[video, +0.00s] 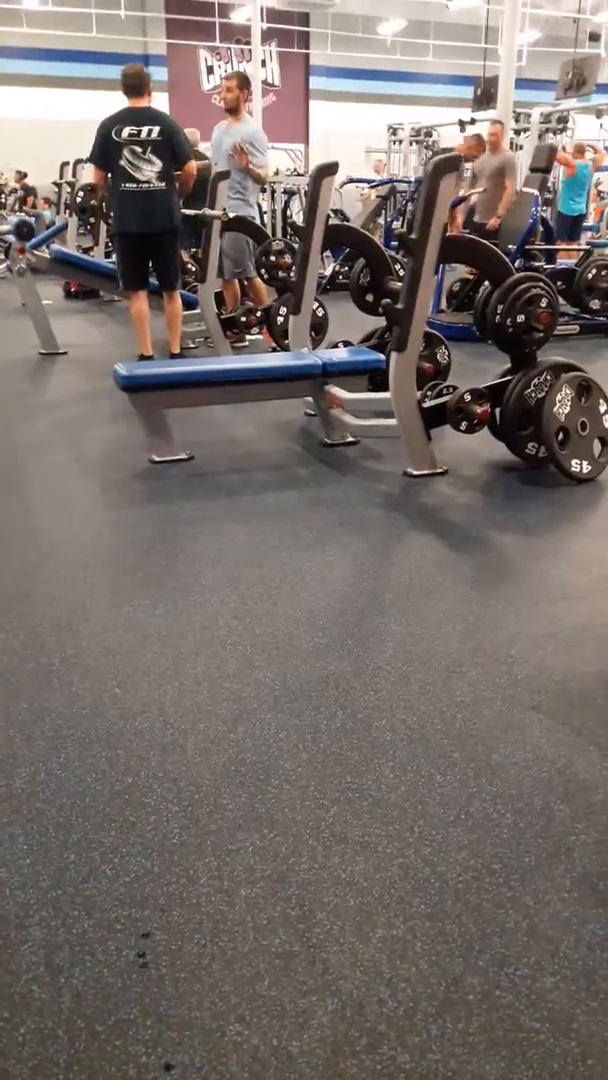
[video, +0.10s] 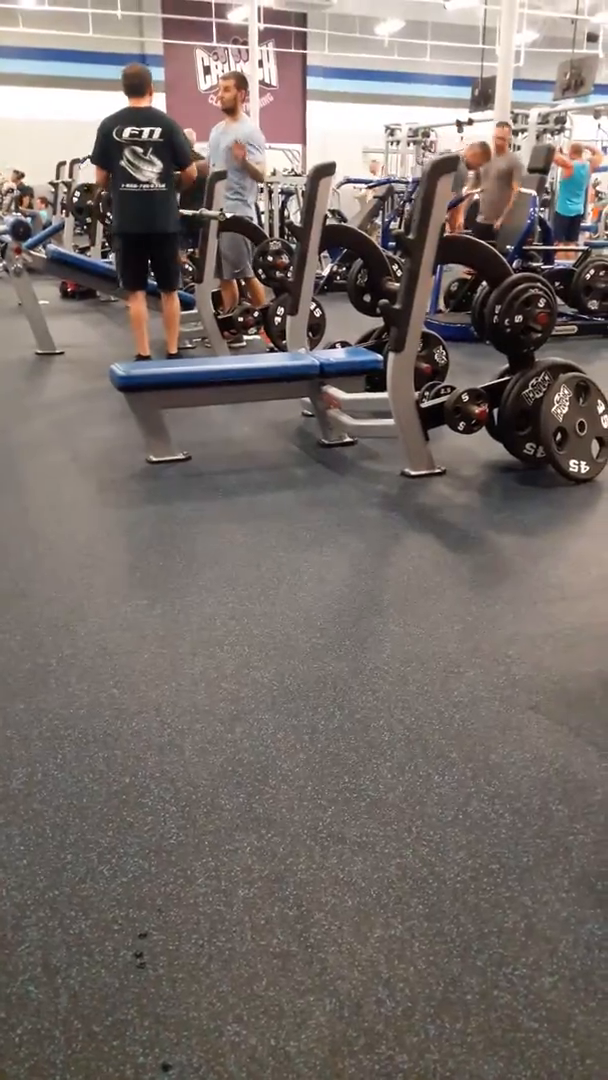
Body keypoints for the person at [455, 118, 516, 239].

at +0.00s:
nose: (491, 139)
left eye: (495, 135)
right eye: (490, 134)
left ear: (502, 136)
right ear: (486, 135)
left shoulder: (507, 158)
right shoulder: (480, 158)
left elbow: (510, 189)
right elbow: (469, 187)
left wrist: (498, 216)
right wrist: (460, 213)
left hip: (493, 218)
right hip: (474, 216)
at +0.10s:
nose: (498, 142)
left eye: (502, 139)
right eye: (496, 138)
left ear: (509, 140)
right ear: (492, 137)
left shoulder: (514, 161)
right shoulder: (484, 157)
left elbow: (516, 192)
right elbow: (473, 187)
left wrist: (502, 218)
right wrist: (462, 214)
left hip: (500, 221)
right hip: (481, 218)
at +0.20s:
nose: (506, 147)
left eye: (510, 143)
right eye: (504, 143)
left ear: (515, 143)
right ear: (499, 140)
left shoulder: (521, 165)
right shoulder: (487, 161)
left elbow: (526, 192)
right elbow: (474, 190)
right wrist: (466, 216)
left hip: (511, 220)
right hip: (487, 216)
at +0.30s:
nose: (515, 149)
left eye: (518, 146)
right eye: (512, 145)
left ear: (522, 144)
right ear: (505, 142)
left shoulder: (524, 164)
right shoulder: (492, 162)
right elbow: (476, 190)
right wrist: (473, 216)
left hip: (514, 221)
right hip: (492, 219)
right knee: (481, 257)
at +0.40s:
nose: (520, 149)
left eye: (523, 146)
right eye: (517, 145)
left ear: (527, 145)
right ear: (509, 142)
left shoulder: (530, 164)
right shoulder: (494, 162)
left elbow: (539, 193)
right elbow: (480, 191)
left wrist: (545, 218)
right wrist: (477, 218)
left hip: (519, 219)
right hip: (495, 217)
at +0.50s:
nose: (528, 151)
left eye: (531, 147)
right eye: (525, 146)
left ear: (535, 147)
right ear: (517, 143)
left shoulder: (536, 163)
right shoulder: (501, 162)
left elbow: (546, 189)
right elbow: (486, 191)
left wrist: (552, 216)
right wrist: (485, 219)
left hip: (528, 217)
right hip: (503, 217)